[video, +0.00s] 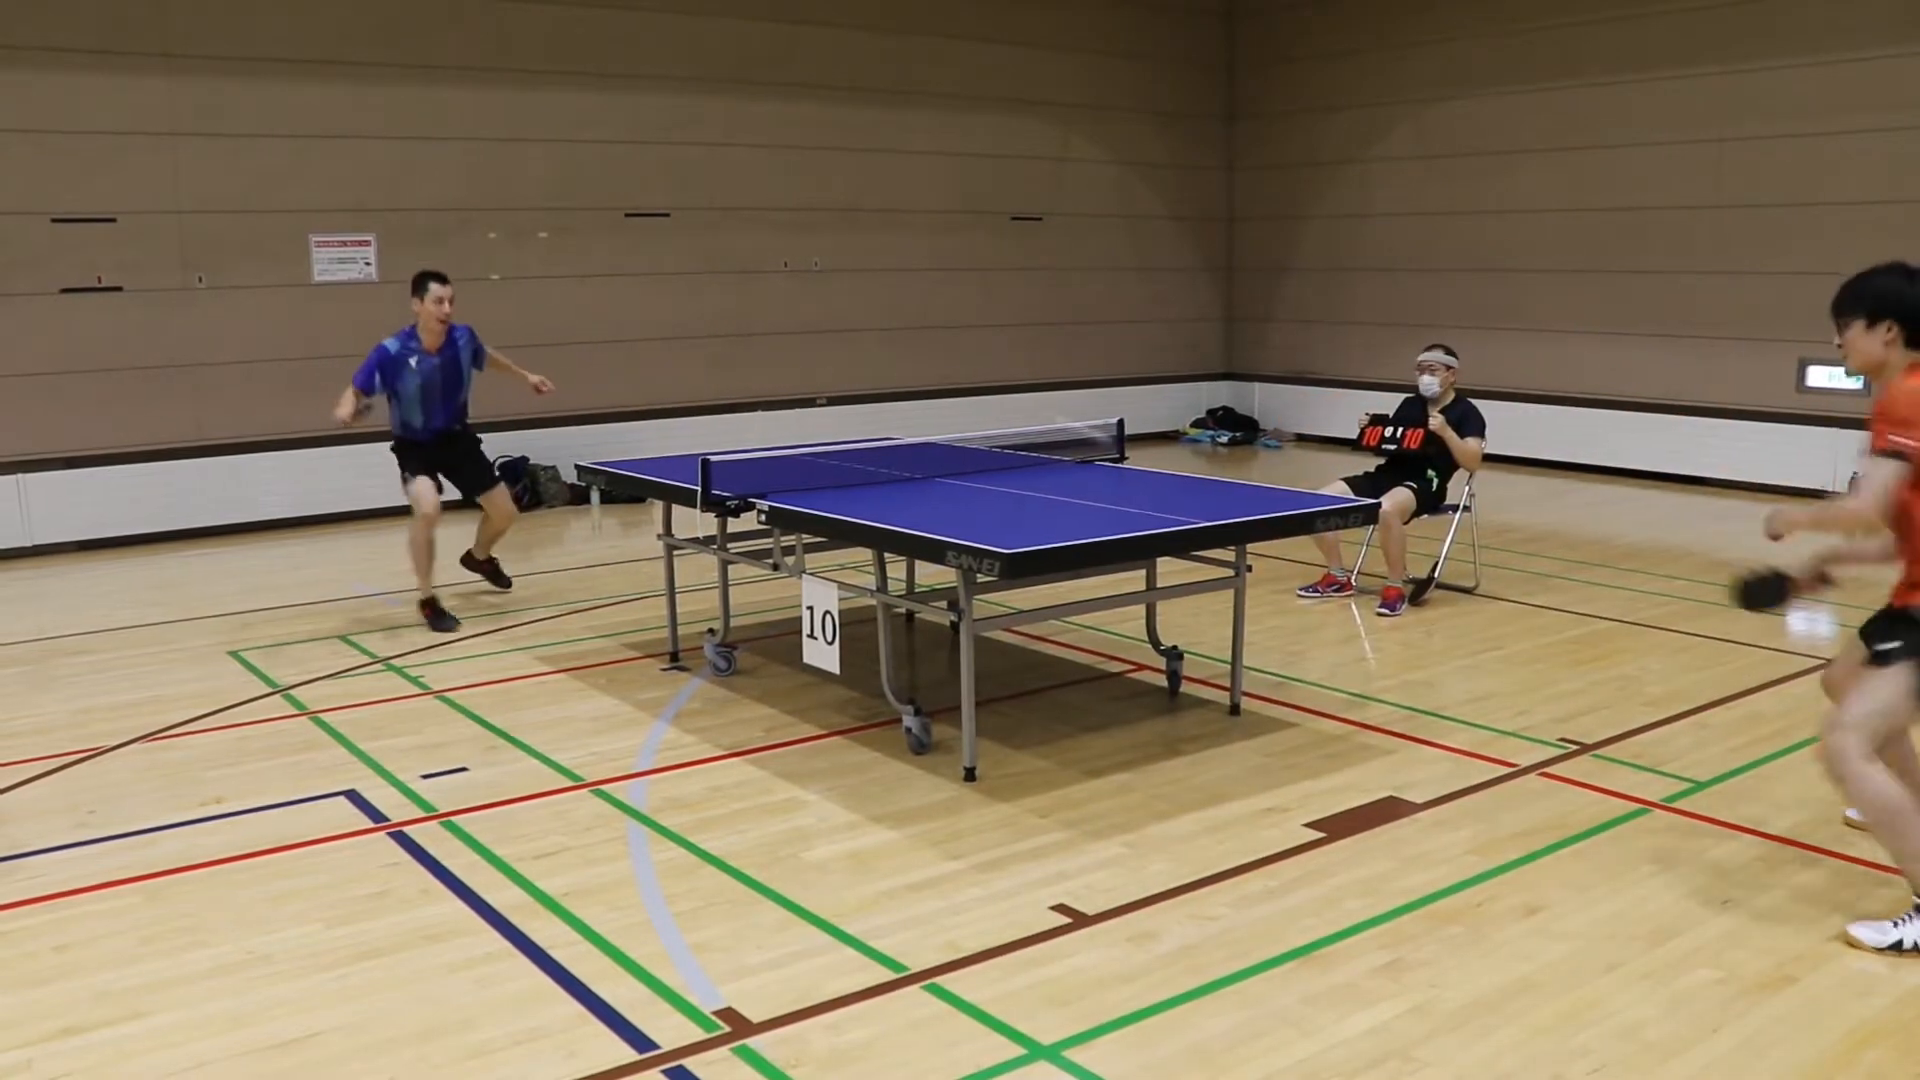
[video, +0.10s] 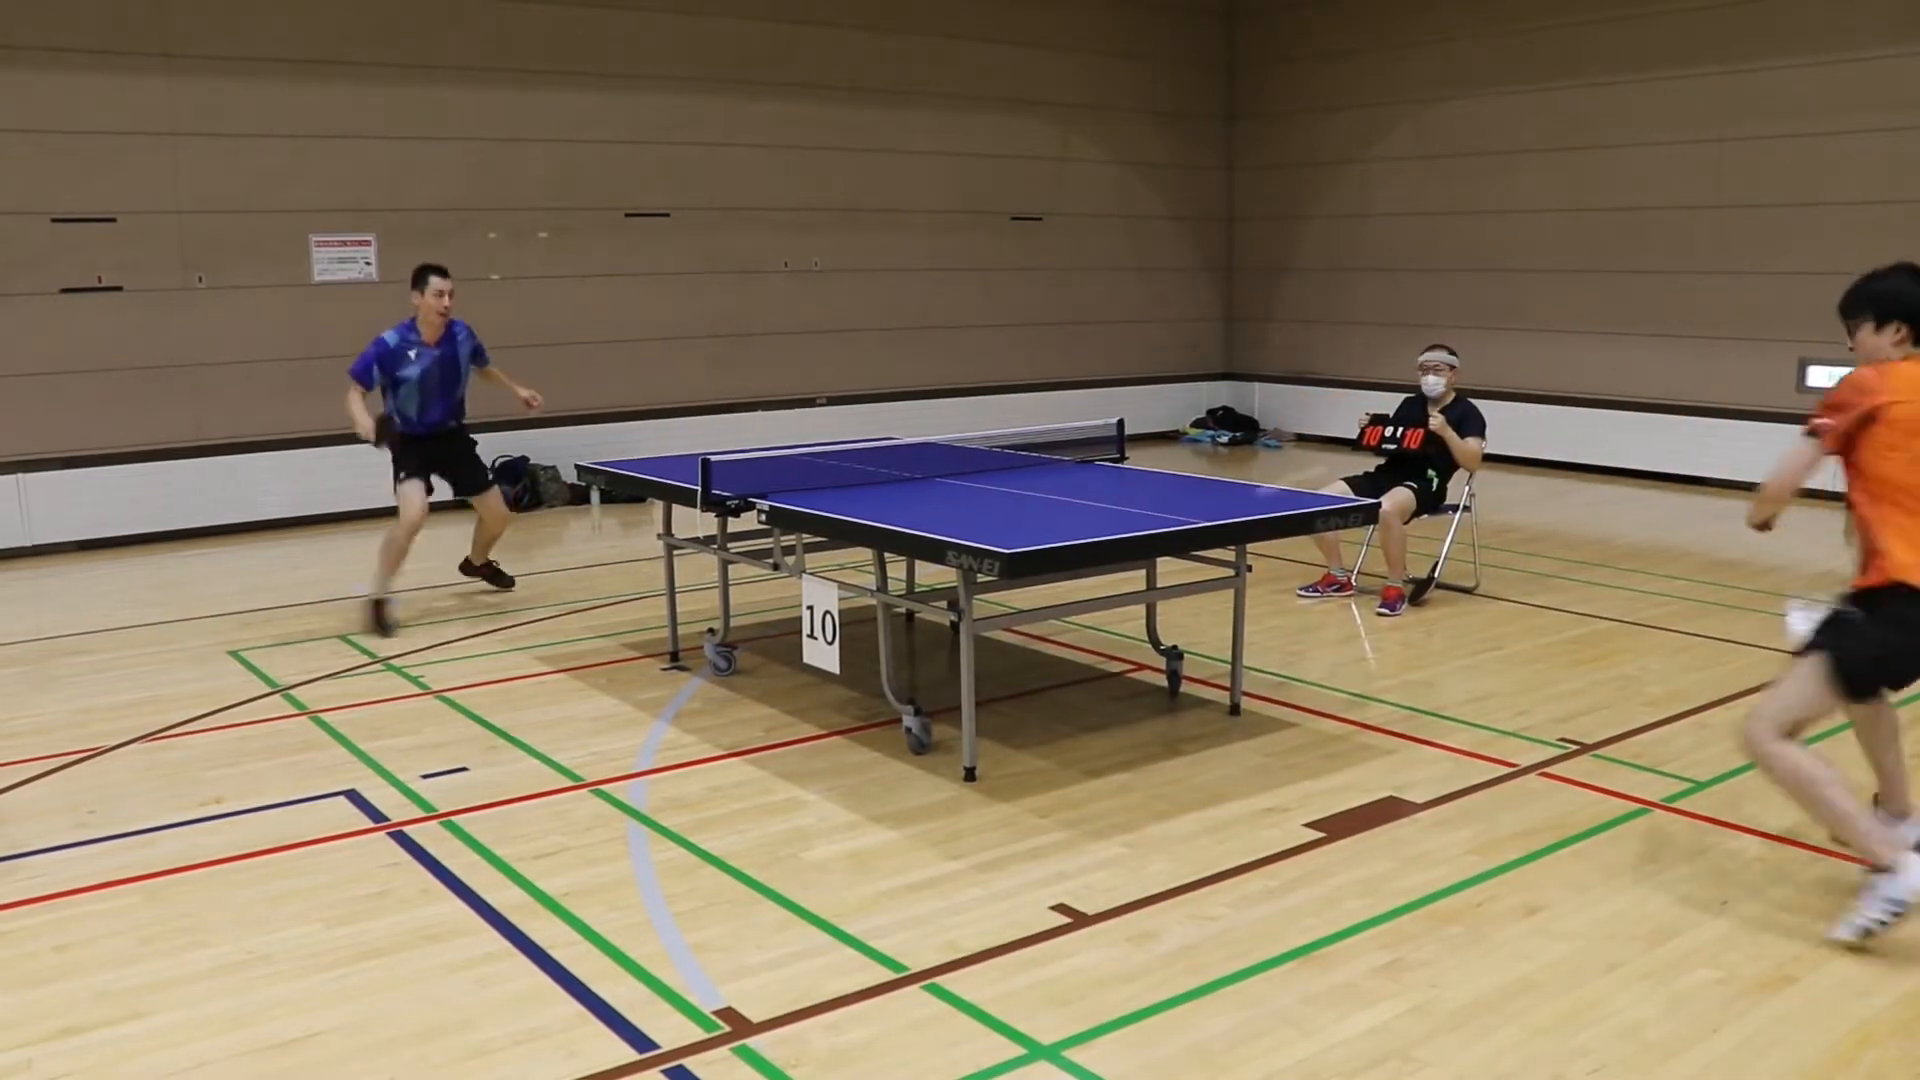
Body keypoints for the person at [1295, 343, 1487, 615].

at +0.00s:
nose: (1426, 376)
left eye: (1434, 370)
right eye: (1422, 370)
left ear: (1452, 376)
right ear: (1416, 374)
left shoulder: (1466, 413)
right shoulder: (1411, 404)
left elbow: (1472, 463)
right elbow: (1393, 439)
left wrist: (1447, 433)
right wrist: (1373, 426)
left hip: (1426, 482)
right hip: (1390, 474)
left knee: (1388, 510)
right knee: (1318, 503)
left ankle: (1394, 588)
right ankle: (1337, 576)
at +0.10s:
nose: (1430, 375)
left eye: (1438, 369)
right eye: (1425, 369)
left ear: (1454, 375)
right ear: (1418, 374)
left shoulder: (1467, 413)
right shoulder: (1411, 404)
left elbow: (1472, 462)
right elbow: (1394, 438)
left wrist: (1447, 433)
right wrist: (1373, 426)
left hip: (1426, 482)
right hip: (1390, 474)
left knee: (1388, 510)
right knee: (1319, 503)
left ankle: (1394, 587)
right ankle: (1337, 576)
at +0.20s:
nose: (1434, 376)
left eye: (1442, 370)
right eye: (1427, 370)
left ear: (1456, 376)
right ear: (1420, 376)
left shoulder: (1467, 413)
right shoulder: (1411, 404)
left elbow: (1472, 462)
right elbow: (1393, 438)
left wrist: (1446, 432)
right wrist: (1373, 426)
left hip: (1427, 482)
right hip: (1390, 473)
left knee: (1388, 510)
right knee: (1319, 503)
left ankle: (1394, 587)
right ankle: (1337, 576)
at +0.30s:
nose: (1435, 376)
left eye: (1443, 370)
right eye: (1428, 370)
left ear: (1456, 376)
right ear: (1421, 376)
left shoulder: (1467, 413)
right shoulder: (1411, 404)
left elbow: (1472, 462)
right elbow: (1393, 438)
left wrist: (1446, 432)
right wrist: (1373, 426)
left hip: (1426, 481)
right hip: (1390, 473)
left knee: (1388, 510)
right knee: (1318, 503)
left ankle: (1394, 587)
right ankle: (1337, 576)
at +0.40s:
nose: (1435, 376)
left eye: (1443, 370)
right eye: (1428, 370)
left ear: (1456, 375)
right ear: (1421, 375)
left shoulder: (1467, 413)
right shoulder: (1411, 404)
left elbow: (1472, 462)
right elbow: (1393, 439)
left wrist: (1447, 433)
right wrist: (1373, 426)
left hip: (1427, 481)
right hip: (1390, 473)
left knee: (1388, 510)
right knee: (1318, 503)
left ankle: (1395, 587)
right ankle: (1337, 576)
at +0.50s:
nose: (1430, 375)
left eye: (1439, 369)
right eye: (1425, 369)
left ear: (1455, 375)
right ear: (1419, 374)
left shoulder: (1467, 413)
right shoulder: (1411, 404)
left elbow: (1472, 463)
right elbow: (1393, 440)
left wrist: (1447, 433)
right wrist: (1372, 426)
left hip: (1427, 481)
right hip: (1390, 473)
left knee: (1388, 510)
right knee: (1318, 502)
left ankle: (1395, 588)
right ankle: (1337, 576)